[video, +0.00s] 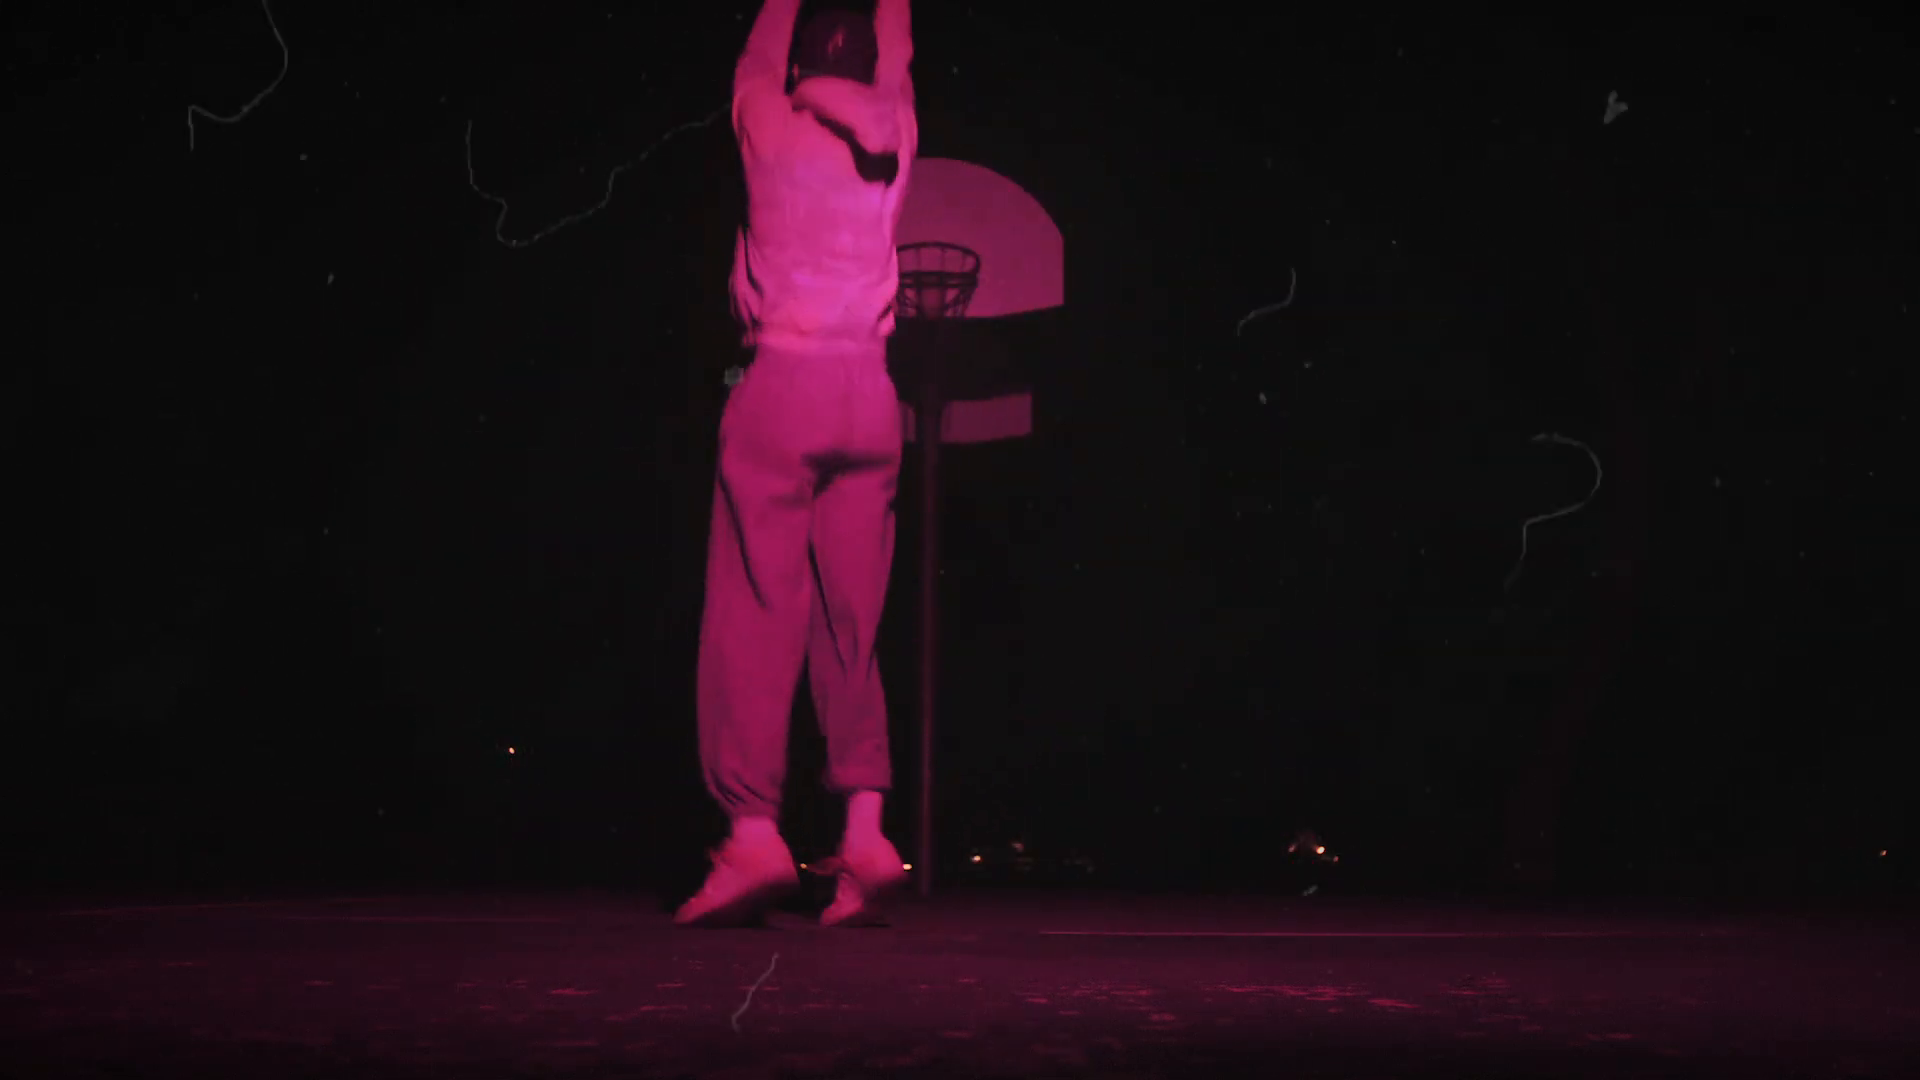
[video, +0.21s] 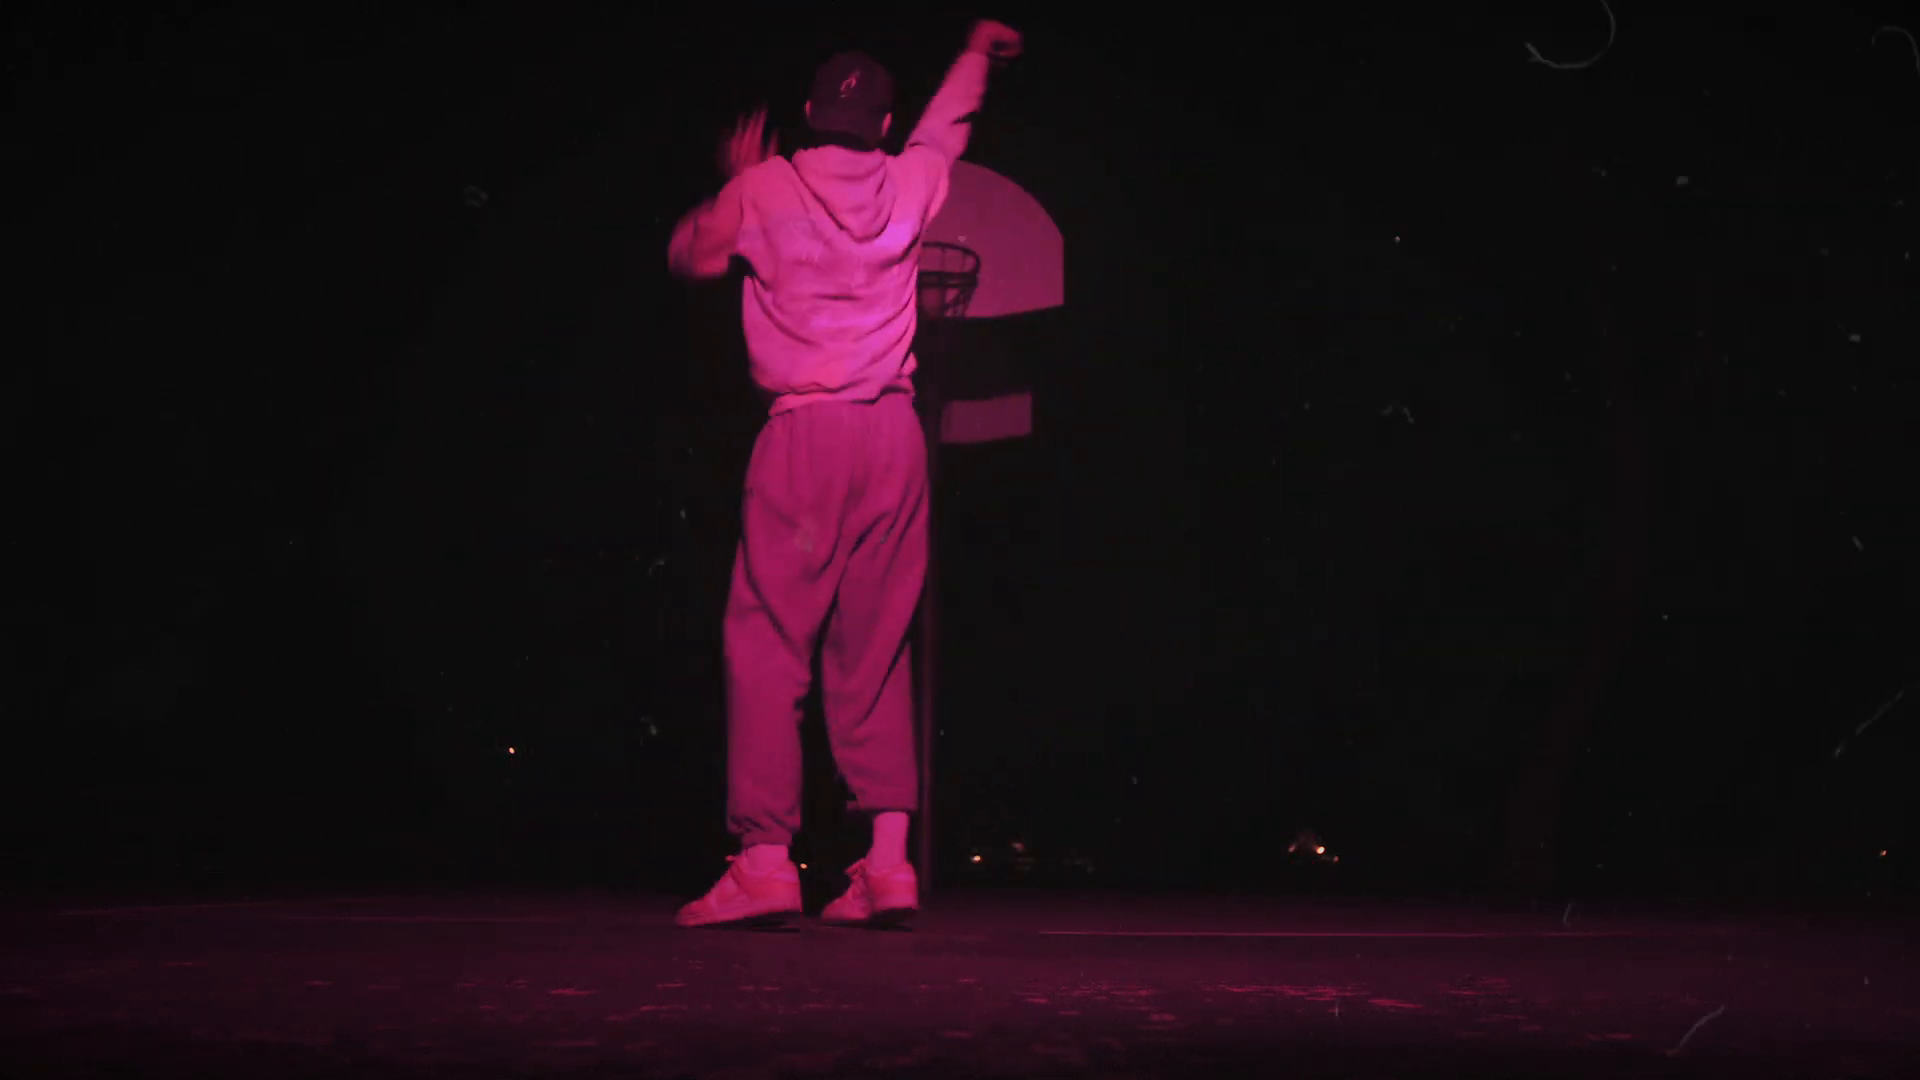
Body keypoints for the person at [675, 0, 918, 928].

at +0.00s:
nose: (789, 63)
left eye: (796, 51)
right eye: (838, 48)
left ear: (798, 64)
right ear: (869, 67)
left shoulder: (770, 125)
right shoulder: (893, 131)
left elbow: (767, 44)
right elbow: (894, 44)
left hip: (782, 384)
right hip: (870, 388)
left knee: (755, 612)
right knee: (852, 622)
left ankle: (752, 834)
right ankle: (867, 832)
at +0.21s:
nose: (832, 115)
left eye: (823, 105)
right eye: (854, 110)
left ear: (805, 116)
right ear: (883, 127)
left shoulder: (761, 192)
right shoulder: (908, 185)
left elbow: (689, 254)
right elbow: (948, 120)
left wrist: (736, 178)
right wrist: (980, 48)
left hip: (803, 439)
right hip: (892, 437)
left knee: (766, 635)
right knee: (875, 639)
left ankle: (765, 858)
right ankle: (888, 862)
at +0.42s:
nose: (891, 151)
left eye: (871, 129)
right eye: (905, 141)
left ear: (841, 130)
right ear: (915, 144)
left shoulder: (784, 212)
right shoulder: (939, 199)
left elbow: (750, 339)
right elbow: (1015, 145)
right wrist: (1079, 79)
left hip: (815, 435)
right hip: (913, 436)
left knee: (798, 638)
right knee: (923, 647)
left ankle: (766, 859)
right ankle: (949, 864)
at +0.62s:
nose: (985, 194)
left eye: (970, 182)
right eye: (986, 186)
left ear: (910, 186)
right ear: (982, 191)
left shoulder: (856, 263)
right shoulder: (1001, 241)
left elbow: (844, 370)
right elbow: (1100, 184)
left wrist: (845, 445)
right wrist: (1184, 110)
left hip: (893, 476)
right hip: (987, 471)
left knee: (858, 658)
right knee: (998, 666)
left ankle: (778, 827)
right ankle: (975, 872)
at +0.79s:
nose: (1045, 207)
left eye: (1039, 196)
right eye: (1042, 197)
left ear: (968, 200)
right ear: (1031, 203)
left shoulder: (907, 277)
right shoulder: (1045, 254)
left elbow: (891, 385)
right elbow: (1154, 207)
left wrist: (886, 474)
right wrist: (1237, 126)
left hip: (943, 483)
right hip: (1031, 478)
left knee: (917, 671)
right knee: (1016, 674)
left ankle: (855, 819)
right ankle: (977, 879)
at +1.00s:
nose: (1124, 270)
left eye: (1124, 259)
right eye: (1125, 260)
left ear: (1059, 249)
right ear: (1114, 259)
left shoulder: (991, 336)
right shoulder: (1114, 308)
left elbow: (959, 445)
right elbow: (1240, 319)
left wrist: (957, 542)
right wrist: (1309, 257)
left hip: (999, 500)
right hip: (1079, 491)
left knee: (1049, 666)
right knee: (1040, 667)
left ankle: (1073, 865)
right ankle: (976, 869)